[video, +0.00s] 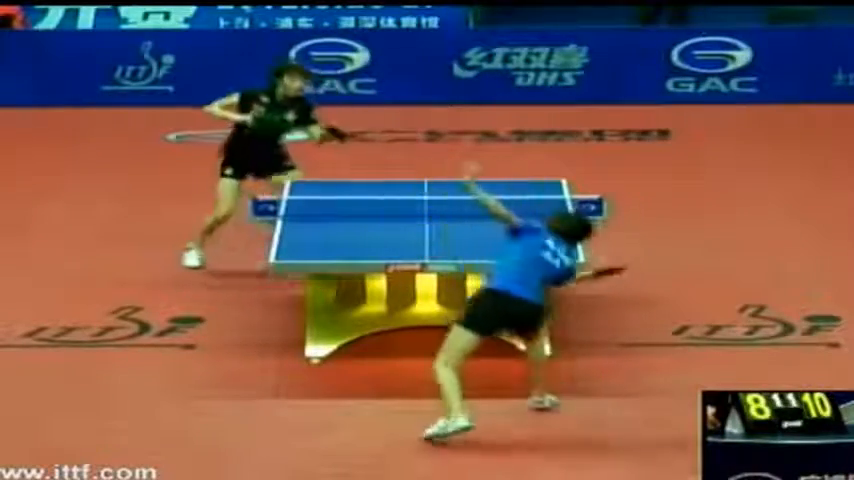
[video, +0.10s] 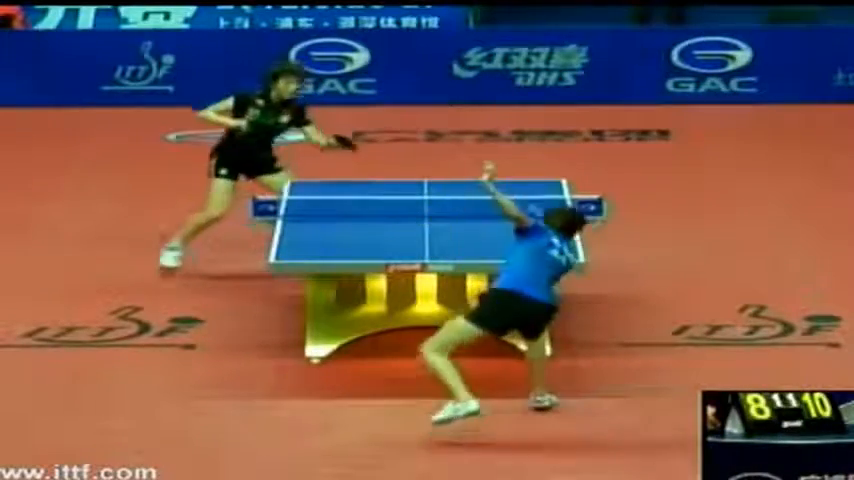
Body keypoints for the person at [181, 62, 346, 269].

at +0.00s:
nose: (299, 85)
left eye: (301, 81)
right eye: (294, 79)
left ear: (303, 84)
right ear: (281, 80)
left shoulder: (301, 108)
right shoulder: (255, 98)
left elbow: (316, 135)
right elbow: (212, 108)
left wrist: (328, 134)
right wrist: (240, 118)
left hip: (270, 153)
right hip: (239, 153)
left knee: (298, 190)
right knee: (226, 209)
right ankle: (196, 247)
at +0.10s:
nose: (292, 89)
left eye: (296, 84)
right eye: (289, 83)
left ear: (297, 87)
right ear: (275, 82)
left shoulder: (294, 111)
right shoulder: (248, 101)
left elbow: (316, 138)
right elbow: (205, 114)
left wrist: (334, 143)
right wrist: (233, 123)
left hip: (260, 158)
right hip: (230, 156)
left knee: (296, 197)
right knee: (217, 210)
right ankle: (175, 246)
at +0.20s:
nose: (286, 97)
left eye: (290, 94)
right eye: (282, 91)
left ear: (292, 98)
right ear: (271, 91)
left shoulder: (288, 123)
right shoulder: (244, 111)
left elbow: (311, 149)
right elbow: (204, 123)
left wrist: (338, 159)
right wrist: (230, 133)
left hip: (254, 170)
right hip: (222, 166)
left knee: (294, 198)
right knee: (204, 216)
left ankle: (300, 252)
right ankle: (162, 254)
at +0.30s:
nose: (276, 110)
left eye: (280, 106)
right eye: (273, 104)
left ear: (279, 110)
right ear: (261, 102)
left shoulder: (272, 135)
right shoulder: (239, 118)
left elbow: (283, 165)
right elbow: (220, 136)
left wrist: (306, 176)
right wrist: (257, 142)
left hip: (225, 175)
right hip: (197, 172)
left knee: (262, 209)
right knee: (184, 224)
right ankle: (146, 260)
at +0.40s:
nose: (270, 115)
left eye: (271, 110)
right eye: (266, 108)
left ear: (254, 111)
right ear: (252, 108)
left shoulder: (247, 129)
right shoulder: (238, 122)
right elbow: (250, 142)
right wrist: (283, 139)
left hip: (204, 174)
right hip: (180, 174)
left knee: (247, 203)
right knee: (188, 225)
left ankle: (255, 253)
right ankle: (141, 257)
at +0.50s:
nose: (255, 119)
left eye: (255, 113)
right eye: (251, 113)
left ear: (233, 115)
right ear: (237, 114)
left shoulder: (216, 128)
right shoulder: (236, 131)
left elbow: (189, 134)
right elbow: (258, 153)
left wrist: (175, 137)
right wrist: (263, 154)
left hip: (191, 180)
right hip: (174, 179)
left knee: (239, 209)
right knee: (189, 234)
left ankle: (222, 254)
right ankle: (144, 273)